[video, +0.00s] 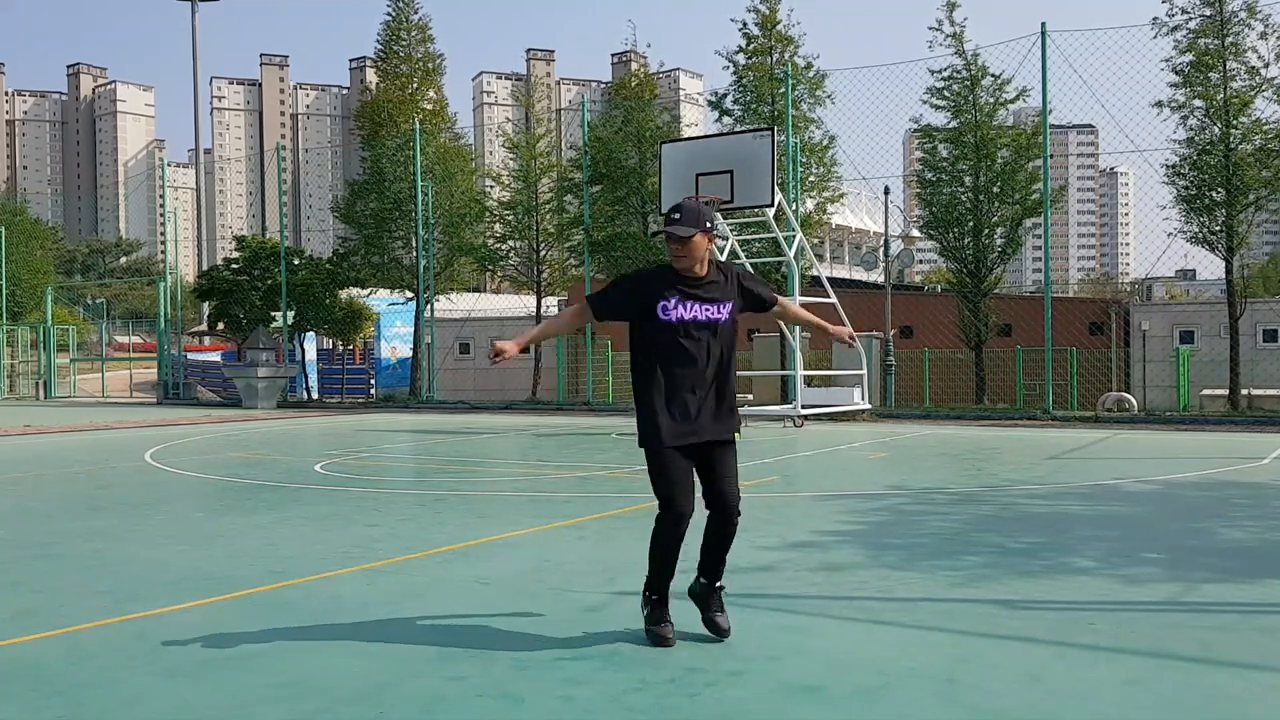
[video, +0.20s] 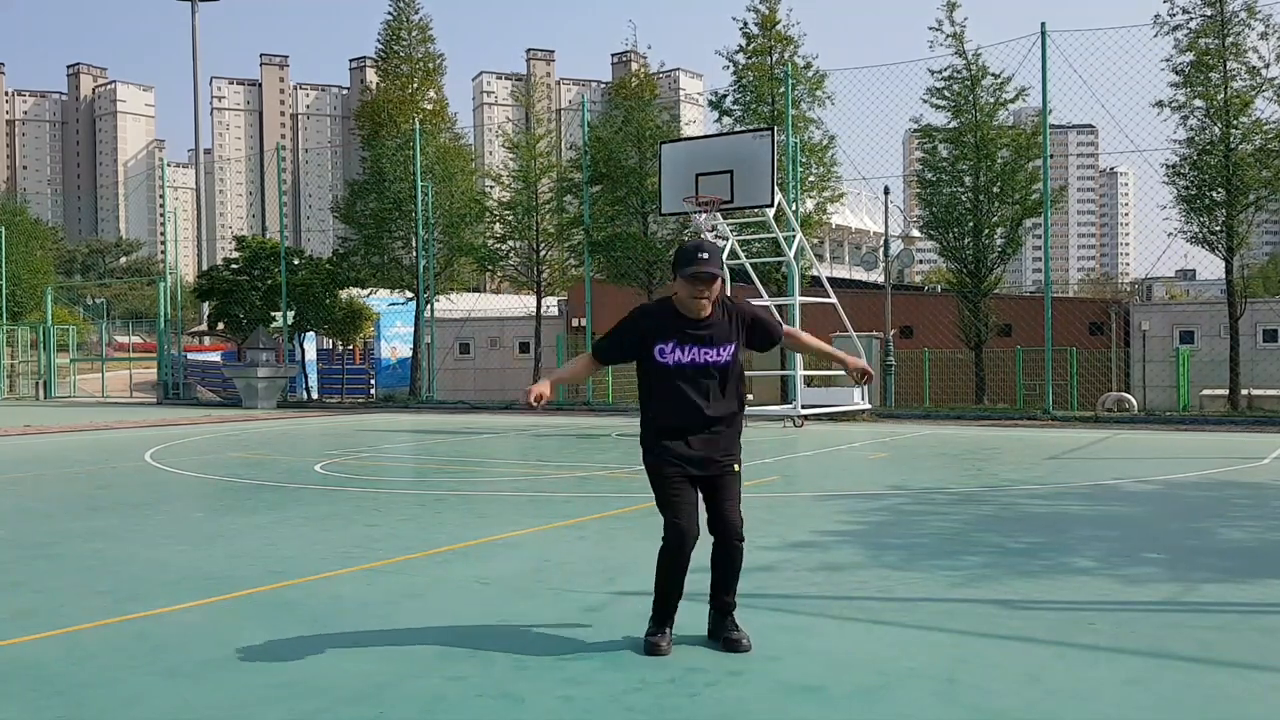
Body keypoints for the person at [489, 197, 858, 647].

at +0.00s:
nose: (675, 247)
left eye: (684, 239)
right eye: (671, 239)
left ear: (710, 239)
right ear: (666, 239)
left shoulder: (733, 281)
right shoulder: (644, 285)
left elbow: (779, 305)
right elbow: (582, 312)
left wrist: (826, 327)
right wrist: (522, 341)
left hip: (716, 419)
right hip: (663, 422)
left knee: (727, 509)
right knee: (677, 509)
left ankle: (707, 586)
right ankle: (656, 602)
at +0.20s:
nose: (702, 290)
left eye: (710, 281)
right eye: (693, 281)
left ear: (720, 281)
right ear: (673, 279)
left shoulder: (738, 316)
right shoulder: (647, 320)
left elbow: (789, 336)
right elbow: (595, 358)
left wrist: (844, 358)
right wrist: (550, 380)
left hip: (721, 449)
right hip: (667, 450)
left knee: (730, 532)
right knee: (682, 532)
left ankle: (723, 622)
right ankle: (662, 623)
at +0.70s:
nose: (686, 272)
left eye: (690, 263)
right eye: (677, 263)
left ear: (693, 263)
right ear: (650, 259)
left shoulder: (699, 302)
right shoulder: (619, 308)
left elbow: (734, 366)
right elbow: (642, 369)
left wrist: (697, 329)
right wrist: (680, 322)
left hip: (703, 445)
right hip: (649, 450)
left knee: (710, 546)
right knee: (666, 549)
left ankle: (684, 635)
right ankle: (627, 643)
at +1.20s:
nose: (652, 226)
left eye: (664, 221)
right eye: (646, 213)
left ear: (673, 231)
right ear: (627, 212)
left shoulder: (684, 273)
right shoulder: (586, 260)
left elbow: (756, 298)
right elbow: (521, 299)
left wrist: (716, 302)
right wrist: (532, 283)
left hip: (636, 428)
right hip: (577, 421)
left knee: (616, 536)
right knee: (569, 535)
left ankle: (630, 650)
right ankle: (591, 626)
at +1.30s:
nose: (640, 260)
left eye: (649, 251)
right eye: (631, 249)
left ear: (662, 252)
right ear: (612, 245)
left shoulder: (676, 296)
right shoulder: (585, 290)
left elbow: (736, 343)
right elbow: (533, 346)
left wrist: (687, 327)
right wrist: (547, 308)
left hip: (627, 450)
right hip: (570, 443)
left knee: (597, 554)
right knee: (547, 551)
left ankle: (622, 656)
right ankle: (570, 649)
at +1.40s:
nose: (624, 284)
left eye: (630, 273)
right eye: (612, 276)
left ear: (640, 267)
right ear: (587, 274)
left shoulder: (656, 311)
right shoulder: (573, 305)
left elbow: (697, 372)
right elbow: (546, 366)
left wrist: (637, 367)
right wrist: (561, 356)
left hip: (631, 454)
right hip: (578, 447)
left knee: (599, 553)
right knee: (557, 556)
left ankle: (626, 655)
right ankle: (574, 652)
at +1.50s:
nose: (603, 289)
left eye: (609, 278)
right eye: (590, 281)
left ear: (618, 275)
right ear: (565, 283)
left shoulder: (641, 317)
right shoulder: (555, 314)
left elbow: (699, 364)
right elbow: (552, 353)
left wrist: (631, 389)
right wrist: (557, 380)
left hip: (637, 445)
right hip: (585, 442)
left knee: (616, 540)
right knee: (570, 547)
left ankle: (628, 655)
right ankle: (574, 650)